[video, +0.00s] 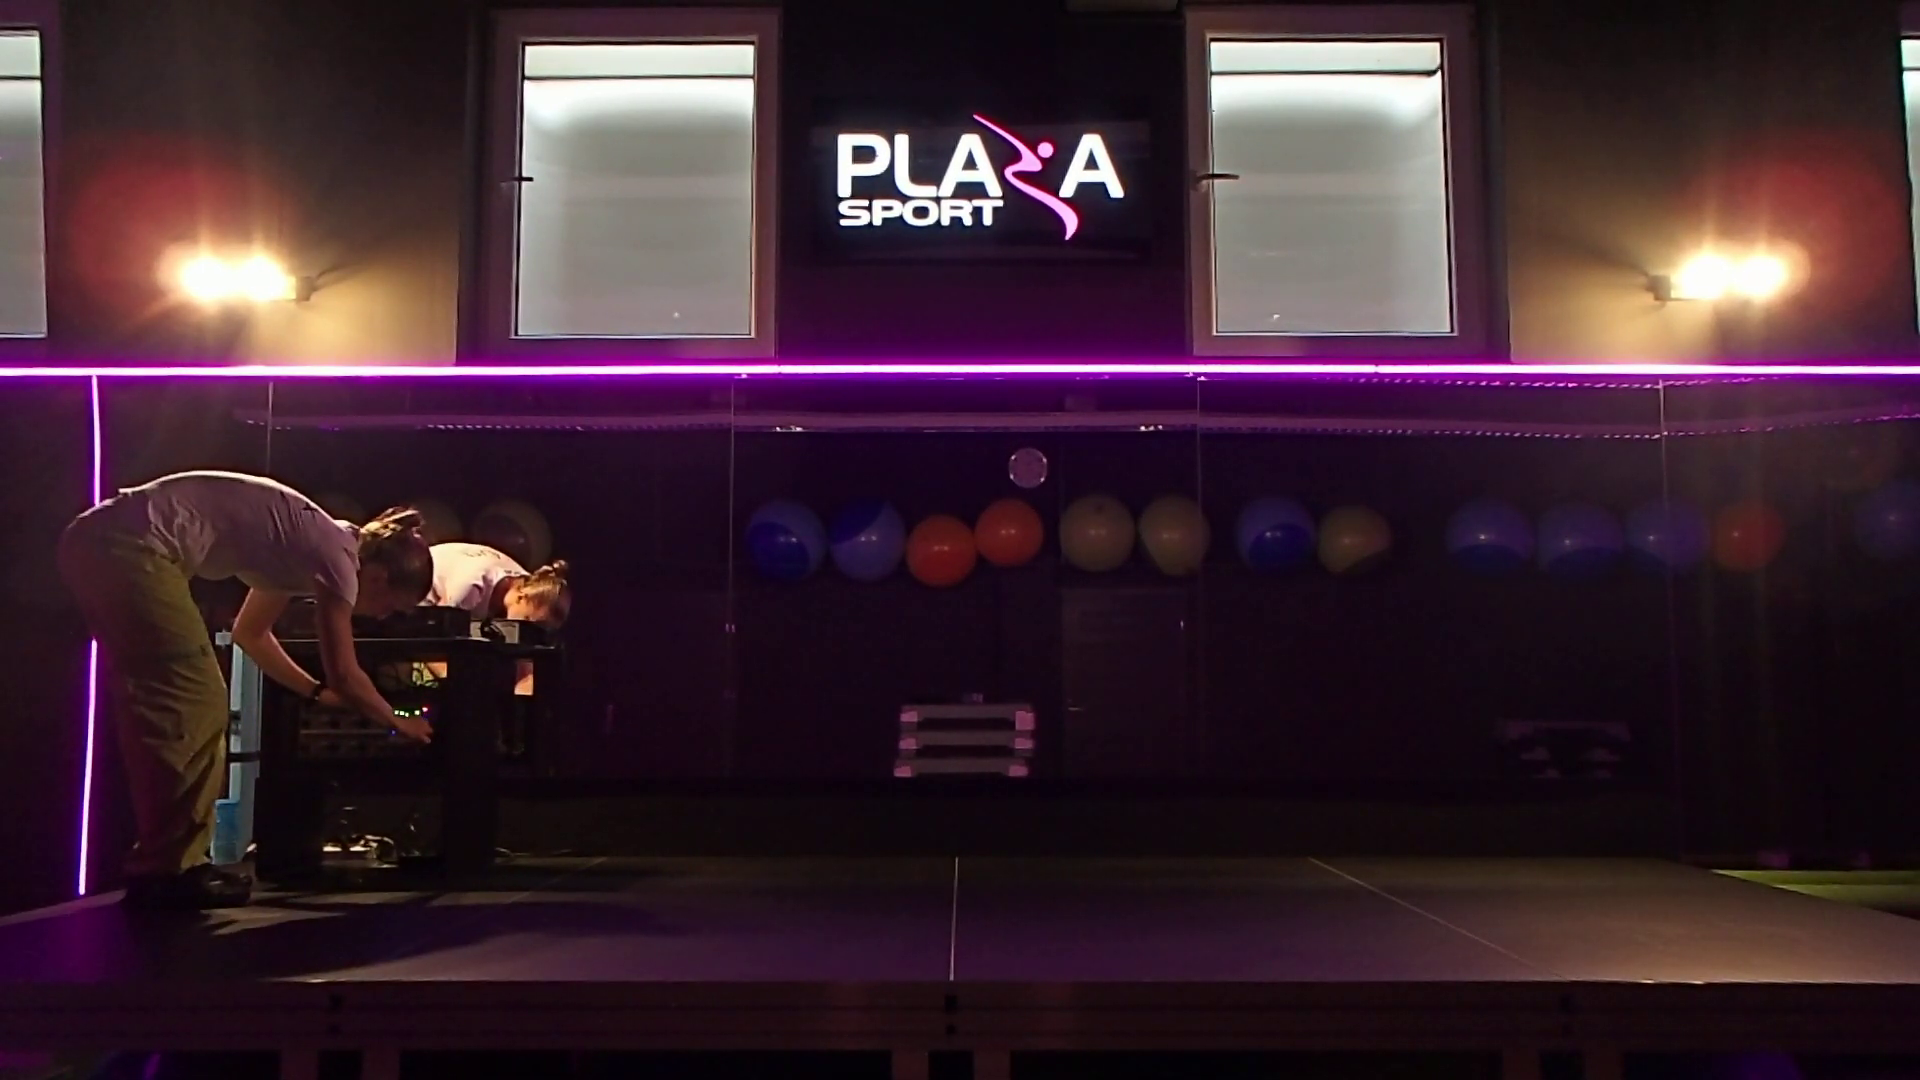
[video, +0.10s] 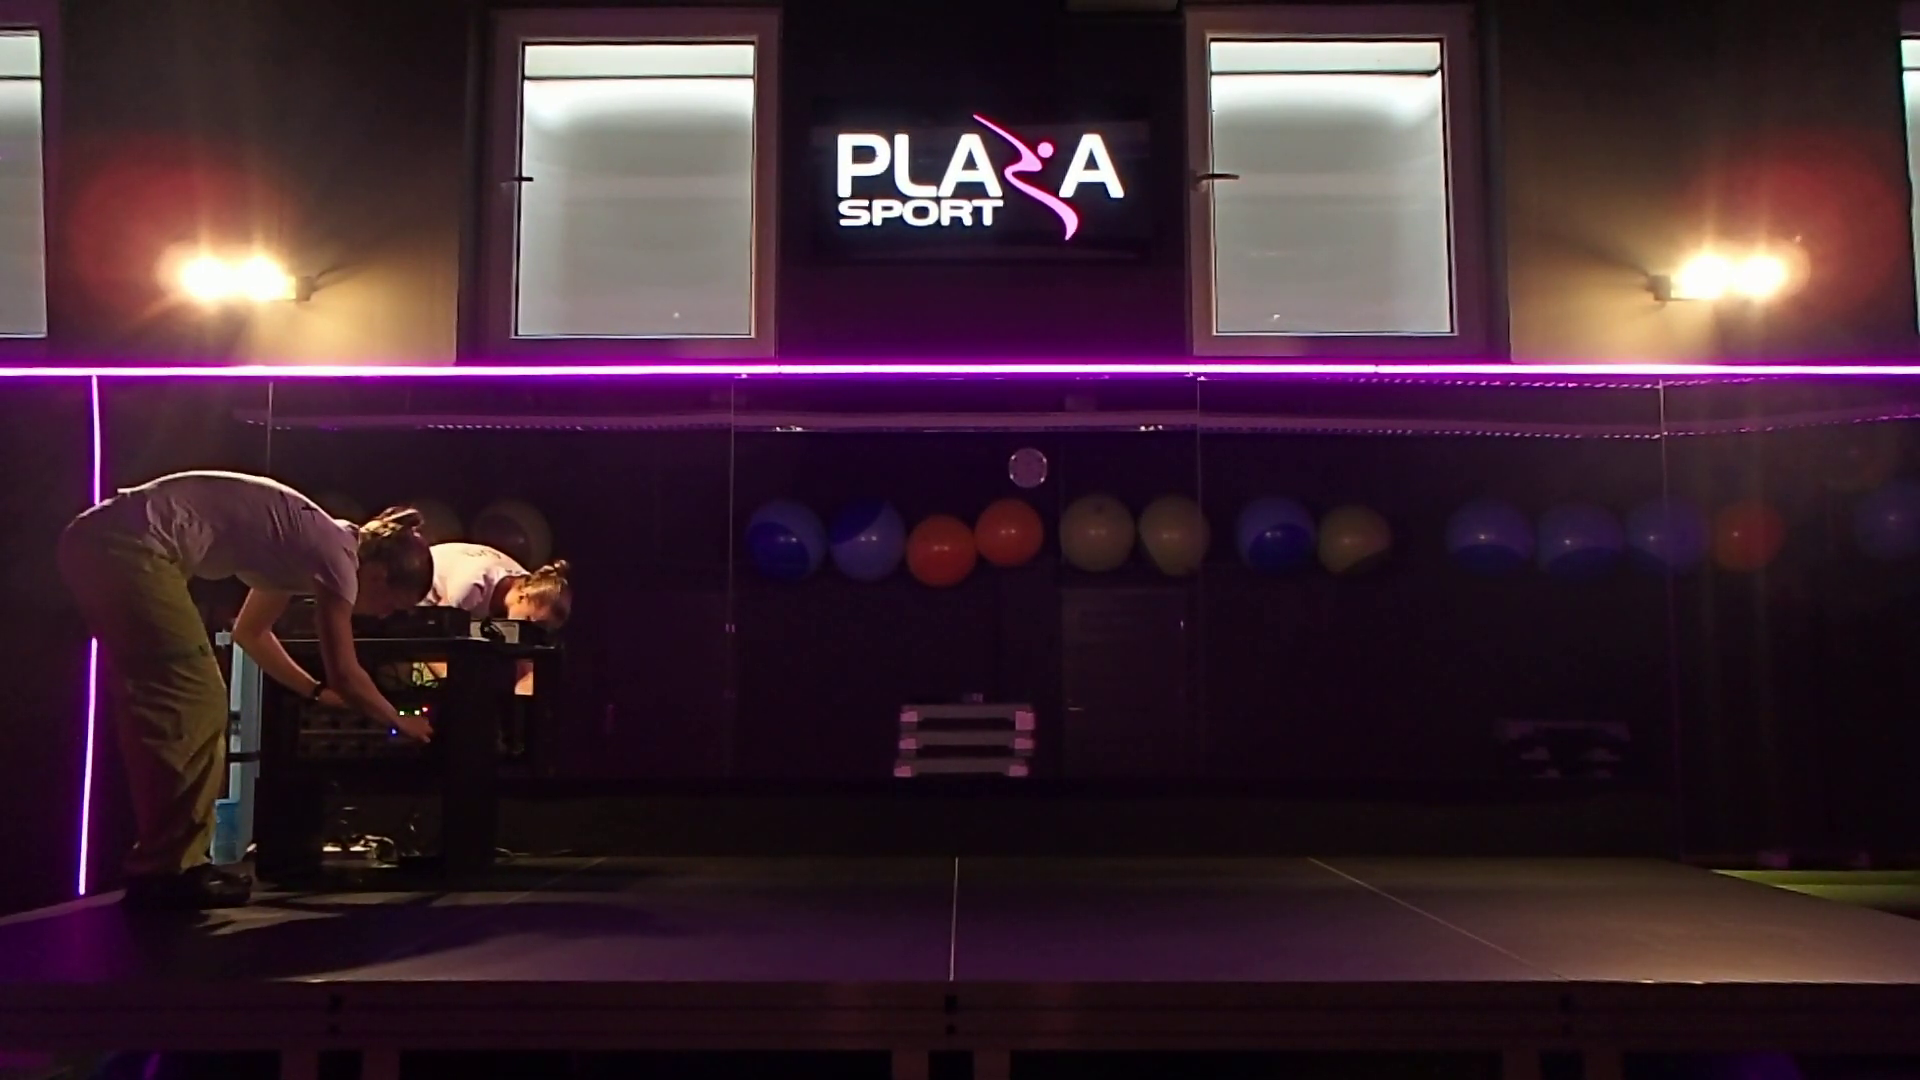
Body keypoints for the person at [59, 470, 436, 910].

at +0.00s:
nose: (378, 615)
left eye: (390, 611)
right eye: (388, 605)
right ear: (381, 574)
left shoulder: (296, 549)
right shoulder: (336, 551)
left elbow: (249, 632)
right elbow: (344, 672)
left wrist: (315, 691)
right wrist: (398, 722)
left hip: (111, 542)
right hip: (132, 547)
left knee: (181, 699)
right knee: (196, 700)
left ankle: (167, 866)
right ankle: (170, 869)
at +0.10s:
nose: (379, 614)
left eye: (391, 611)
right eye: (389, 605)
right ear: (381, 572)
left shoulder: (297, 549)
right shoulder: (336, 551)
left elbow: (249, 631)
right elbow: (344, 671)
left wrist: (315, 691)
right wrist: (399, 722)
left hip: (114, 542)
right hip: (130, 547)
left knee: (182, 696)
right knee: (195, 697)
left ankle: (168, 865)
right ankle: (170, 869)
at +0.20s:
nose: (378, 615)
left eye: (390, 611)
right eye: (388, 605)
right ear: (379, 572)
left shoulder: (298, 548)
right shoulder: (335, 551)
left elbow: (250, 630)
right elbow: (344, 670)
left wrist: (315, 691)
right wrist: (400, 721)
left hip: (114, 542)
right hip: (129, 546)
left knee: (179, 697)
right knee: (196, 698)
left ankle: (168, 865)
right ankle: (169, 870)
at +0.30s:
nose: (378, 613)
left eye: (389, 609)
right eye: (387, 604)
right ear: (378, 572)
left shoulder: (297, 546)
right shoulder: (334, 551)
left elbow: (252, 629)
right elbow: (342, 669)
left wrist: (315, 690)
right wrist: (398, 719)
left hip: (111, 542)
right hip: (128, 547)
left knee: (179, 696)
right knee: (195, 697)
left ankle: (168, 865)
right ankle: (170, 869)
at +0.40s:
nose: (377, 613)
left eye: (389, 609)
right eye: (387, 604)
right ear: (378, 571)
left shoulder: (299, 543)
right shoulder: (334, 552)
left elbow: (252, 628)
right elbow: (337, 670)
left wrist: (314, 690)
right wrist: (395, 720)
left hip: (110, 543)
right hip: (128, 548)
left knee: (179, 696)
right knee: (194, 697)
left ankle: (166, 865)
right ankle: (169, 869)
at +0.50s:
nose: (376, 610)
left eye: (388, 607)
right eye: (386, 601)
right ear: (377, 570)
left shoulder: (302, 539)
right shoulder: (333, 550)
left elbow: (254, 626)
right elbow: (327, 669)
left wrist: (310, 686)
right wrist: (384, 727)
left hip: (107, 543)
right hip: (125, 548)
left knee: (178, 697)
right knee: (192, 698)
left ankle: (169, 865)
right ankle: (170, 869)